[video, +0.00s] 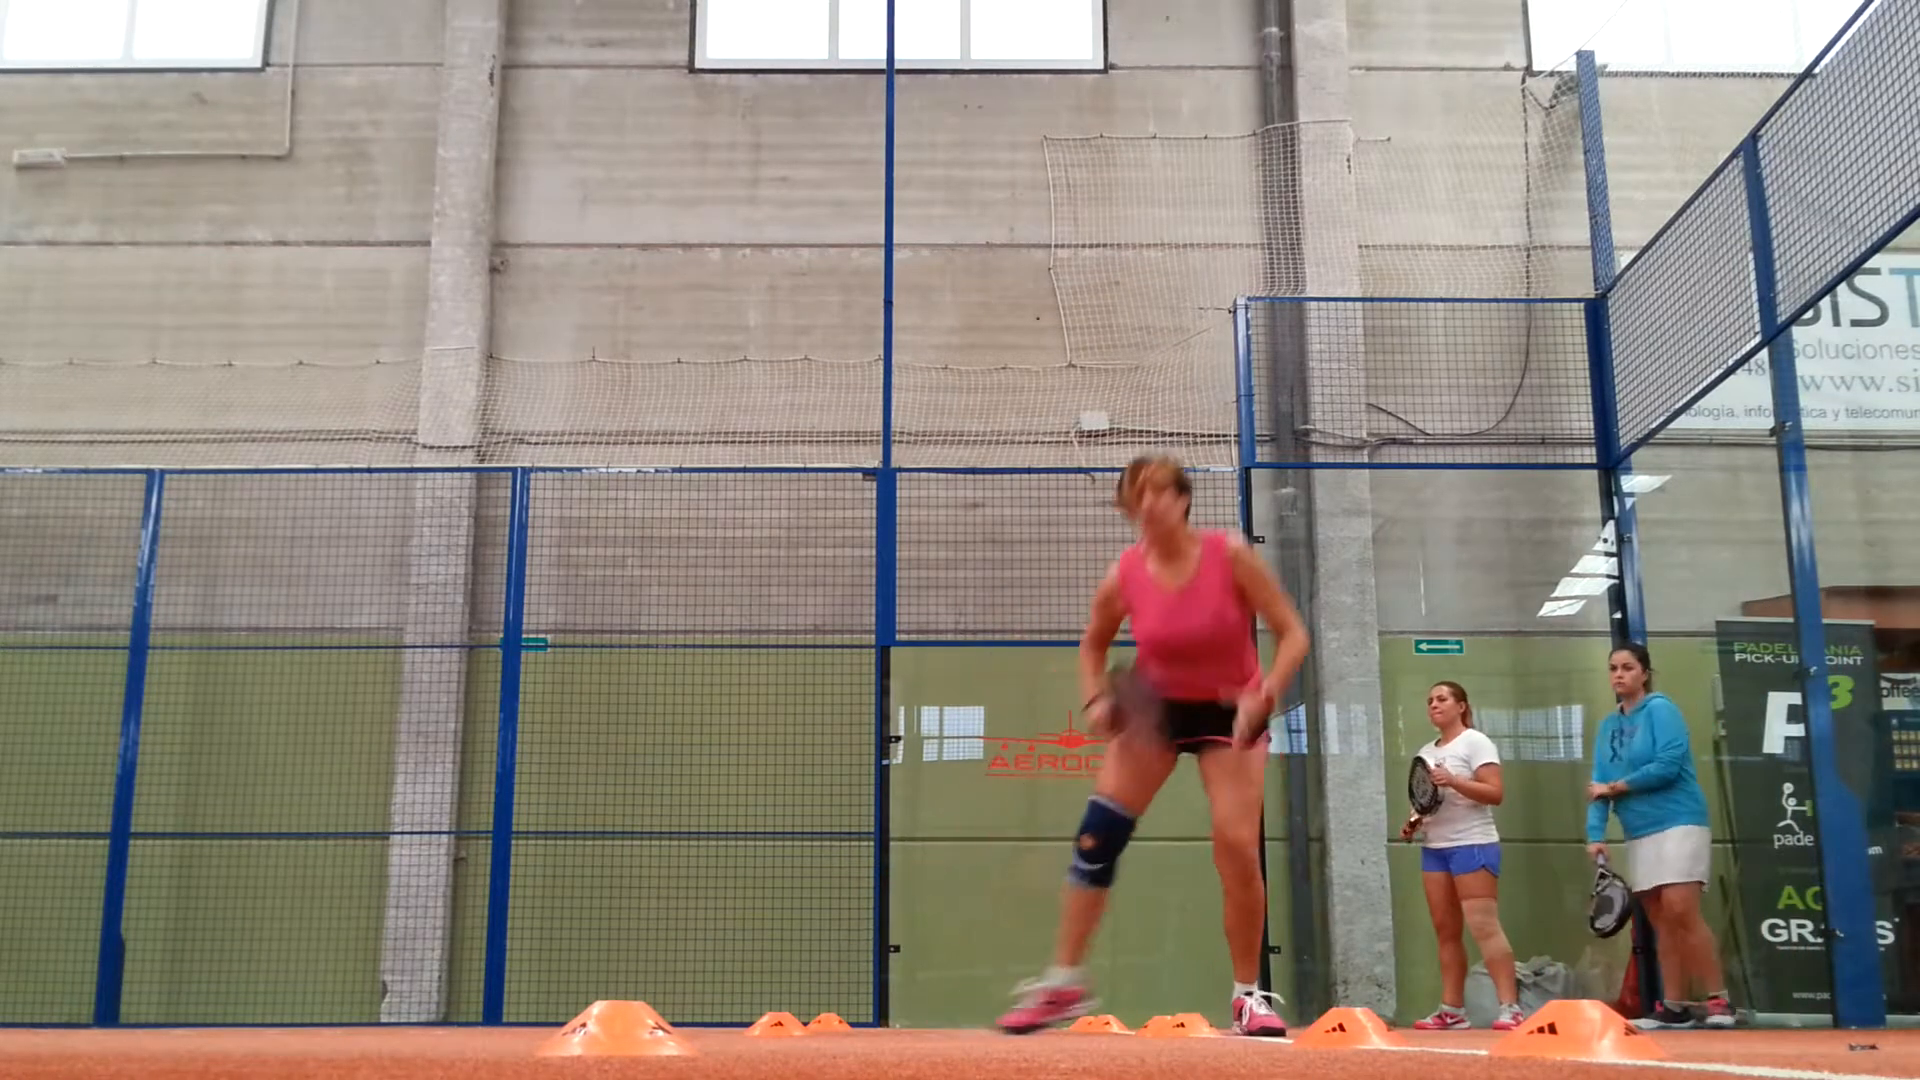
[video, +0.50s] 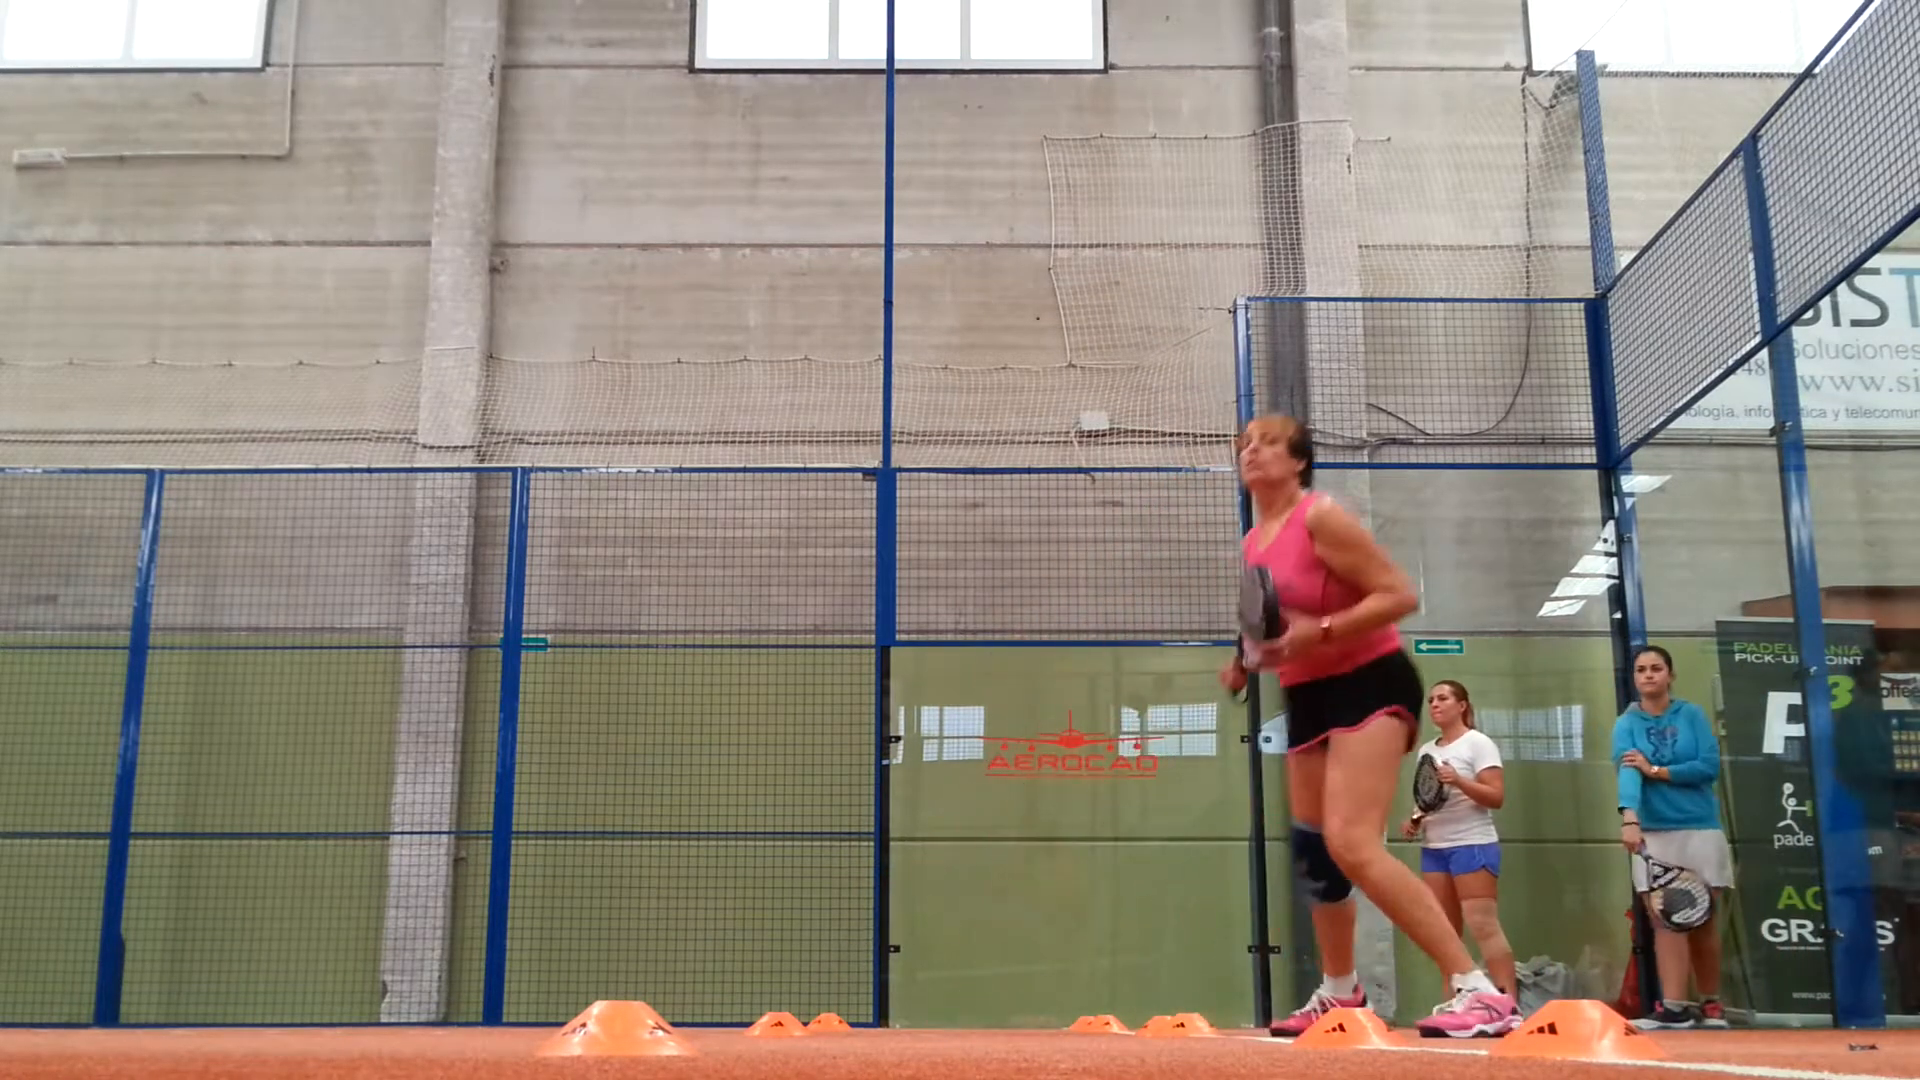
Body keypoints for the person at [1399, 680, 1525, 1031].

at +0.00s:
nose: (1434, 705)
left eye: (1442, 699)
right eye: (1431, 701)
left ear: (1461, 706)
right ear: (1429, 711)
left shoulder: (1477, 743)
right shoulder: (1426, 753)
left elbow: (1495, 793)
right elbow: (1426, 799)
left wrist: (1453, 782)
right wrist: (1414, 820)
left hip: (1472, 845)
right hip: (1435, 848)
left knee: (1484, 926)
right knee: (1446, 930)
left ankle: (1509, 1007)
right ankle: (1452, 1009)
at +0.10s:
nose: (1435, 705)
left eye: (1442, 699)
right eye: (1431, 701)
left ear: (1462, 706)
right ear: (1430, 711)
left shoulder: (1478, 743)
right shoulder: (1428, 752)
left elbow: (1495, 795)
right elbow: (1427, 799)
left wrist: (1454, 782)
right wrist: (1415, 820)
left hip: (1473, 845)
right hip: (1436, 848)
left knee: (1484, 926)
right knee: (1446, 930)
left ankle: (1510, 1007)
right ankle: (1452, 1009)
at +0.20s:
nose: (1435, 705)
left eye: (1443, 699)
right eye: (1432, 701)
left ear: (1462, 706)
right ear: (1430, 710)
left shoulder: (1478, 743)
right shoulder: (1428, 752)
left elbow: (1496, 795)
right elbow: (1427, 799)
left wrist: (1456, 781)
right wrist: (1416, 820)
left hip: (1473, 845)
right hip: (1436, 848)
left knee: (1484, 927)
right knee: (1446, 930)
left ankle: (1509, 1007)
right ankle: (1452, 1009)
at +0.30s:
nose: (1435, 705)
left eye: (1443, 699)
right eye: (1432, 701)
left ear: (1463, 706)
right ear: (1430, 711)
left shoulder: (1478, 743)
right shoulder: (1428, 751)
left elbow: (1495, 796)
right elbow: (1428, 799)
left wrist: (1457, 780)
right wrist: (1417, 819)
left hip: (1473, 844)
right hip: (1436, 847)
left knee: (1484, 926)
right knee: (1446, 929)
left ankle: (1509, 1006)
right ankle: (1452, 1008)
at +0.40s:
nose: (1435, 705)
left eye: (1443, 699)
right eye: (1432, 701)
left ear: (1463, 706)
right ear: (1430, 710)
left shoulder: (1479, 744)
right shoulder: (1428, 751)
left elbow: (1496, 796)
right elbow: (1427, 798)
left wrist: (1458, 780)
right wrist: (1416, 819)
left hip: (1472, 845)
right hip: (1435, 847)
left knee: (1483, 925)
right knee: (1446, 931)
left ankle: (1509, 1004)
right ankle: (1456, 1005)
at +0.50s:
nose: (1435, 705)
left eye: (1443, 699)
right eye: (1432, 700)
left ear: (1463, 706)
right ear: (1429, 710)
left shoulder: (1479, 743)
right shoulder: (1427, 751)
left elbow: (1495, 796)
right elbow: (1429, 796)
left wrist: (1458, 781)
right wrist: (1415, 818)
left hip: (1472, 843)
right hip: (1434, 847)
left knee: (1484, 926)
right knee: (1444, 931)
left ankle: (1508, 1006)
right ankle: (1451, 1005)